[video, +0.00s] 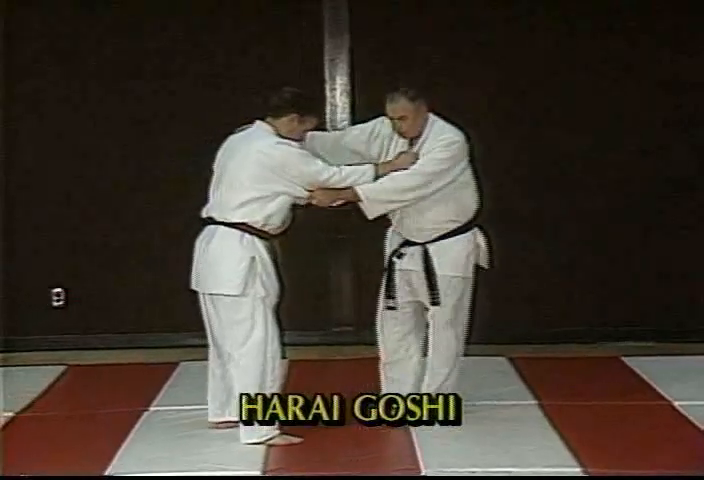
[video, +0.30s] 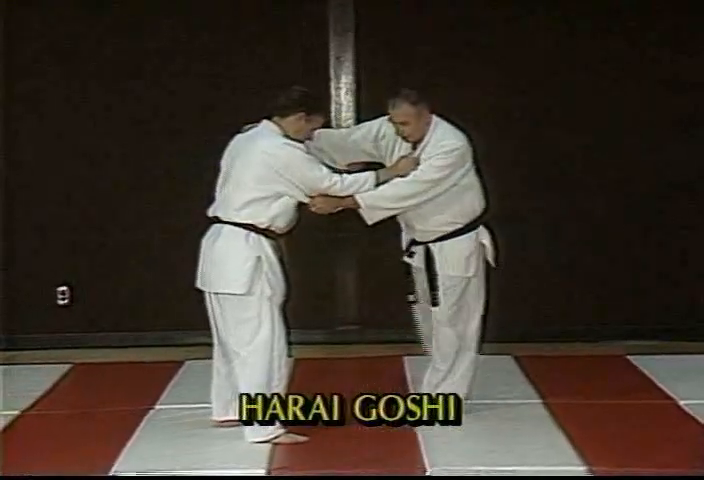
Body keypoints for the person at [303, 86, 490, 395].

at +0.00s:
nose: (397, 128)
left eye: (403, 120)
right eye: (393, 121)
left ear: (423, 112)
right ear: (388, 117)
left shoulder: (449, 142)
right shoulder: (384, 132)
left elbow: (413, 183)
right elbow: (338, 142)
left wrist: (349, 194)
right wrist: (289, 140)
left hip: (449, 244)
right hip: (402, 242)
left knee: (444, 330)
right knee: (396, 328)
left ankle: (436, 411)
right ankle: (396, 408)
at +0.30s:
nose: (400, 131)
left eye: (406, 124)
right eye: (395, 124)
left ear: (426, 116)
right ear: (391, 120)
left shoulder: (451, 146)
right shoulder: (386, 133)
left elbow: (412, 189)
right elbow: (341, 141)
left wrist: (346, 202)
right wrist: (291, 138)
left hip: (457, 243)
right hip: (419, 243)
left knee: (452, 325)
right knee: (429, 323)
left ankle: (447, 398)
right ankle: (436, 390)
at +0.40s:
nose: (401, 132)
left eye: (407, 124)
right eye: (396, 124)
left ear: (427, 116)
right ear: (392, 120)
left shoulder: (451, 146)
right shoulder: (388, 132)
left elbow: (412, 190)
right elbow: (343, 140)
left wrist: (344, 202)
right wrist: (294, 136)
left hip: (456, 242)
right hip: (422, 239)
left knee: (450, 322)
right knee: (437, 303)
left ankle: (441, 396)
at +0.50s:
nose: (402, 132)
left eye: (408, 125)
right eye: (397, 125)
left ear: (428, 117)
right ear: (392, 121)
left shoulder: (451, 146)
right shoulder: (390, 132)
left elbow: (413, 189)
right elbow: (345, 140)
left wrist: (345, 203)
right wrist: (294, 135)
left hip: (458, 242)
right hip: (422, 239)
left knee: (449, 321)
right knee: (440, 300)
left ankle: (443, 394)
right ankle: (485, 329)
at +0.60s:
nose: (403, 132)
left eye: (409, 125)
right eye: (399, 125)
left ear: (429, 117)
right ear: (394, 121)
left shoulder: (453, 146)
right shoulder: (391, 134)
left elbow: (414, 189)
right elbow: (344, 141)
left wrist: (347, 202)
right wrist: (296, 136)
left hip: (459, 243)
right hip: (424, 241)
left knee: (450, 322)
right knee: (441, 312)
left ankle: (445, 395)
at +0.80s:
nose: (407, 129)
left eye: (413, 121)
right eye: (402, 122)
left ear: (433, 114)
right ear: (398, 118)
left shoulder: (456, 144)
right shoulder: (394, 132)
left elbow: (419, 184)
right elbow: (348, 142)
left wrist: (353, 198)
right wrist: (300, 136)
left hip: (457, 246)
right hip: (414, 242)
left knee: (451, 324)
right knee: (409, 320)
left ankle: (449, 396)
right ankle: (408, 387)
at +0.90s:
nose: (408, 126)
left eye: (414, 118)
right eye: (403, 119)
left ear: (434, 112)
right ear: (398, 116)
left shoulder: (457, 144)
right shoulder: (394, 132)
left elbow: (420, 183)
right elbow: (348, 142)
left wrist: (355, 195)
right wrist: (299, 136)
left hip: (456, 248)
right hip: (408, 244)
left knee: (451, 330)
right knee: (389, 323)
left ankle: (447, 403)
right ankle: (381, 395)